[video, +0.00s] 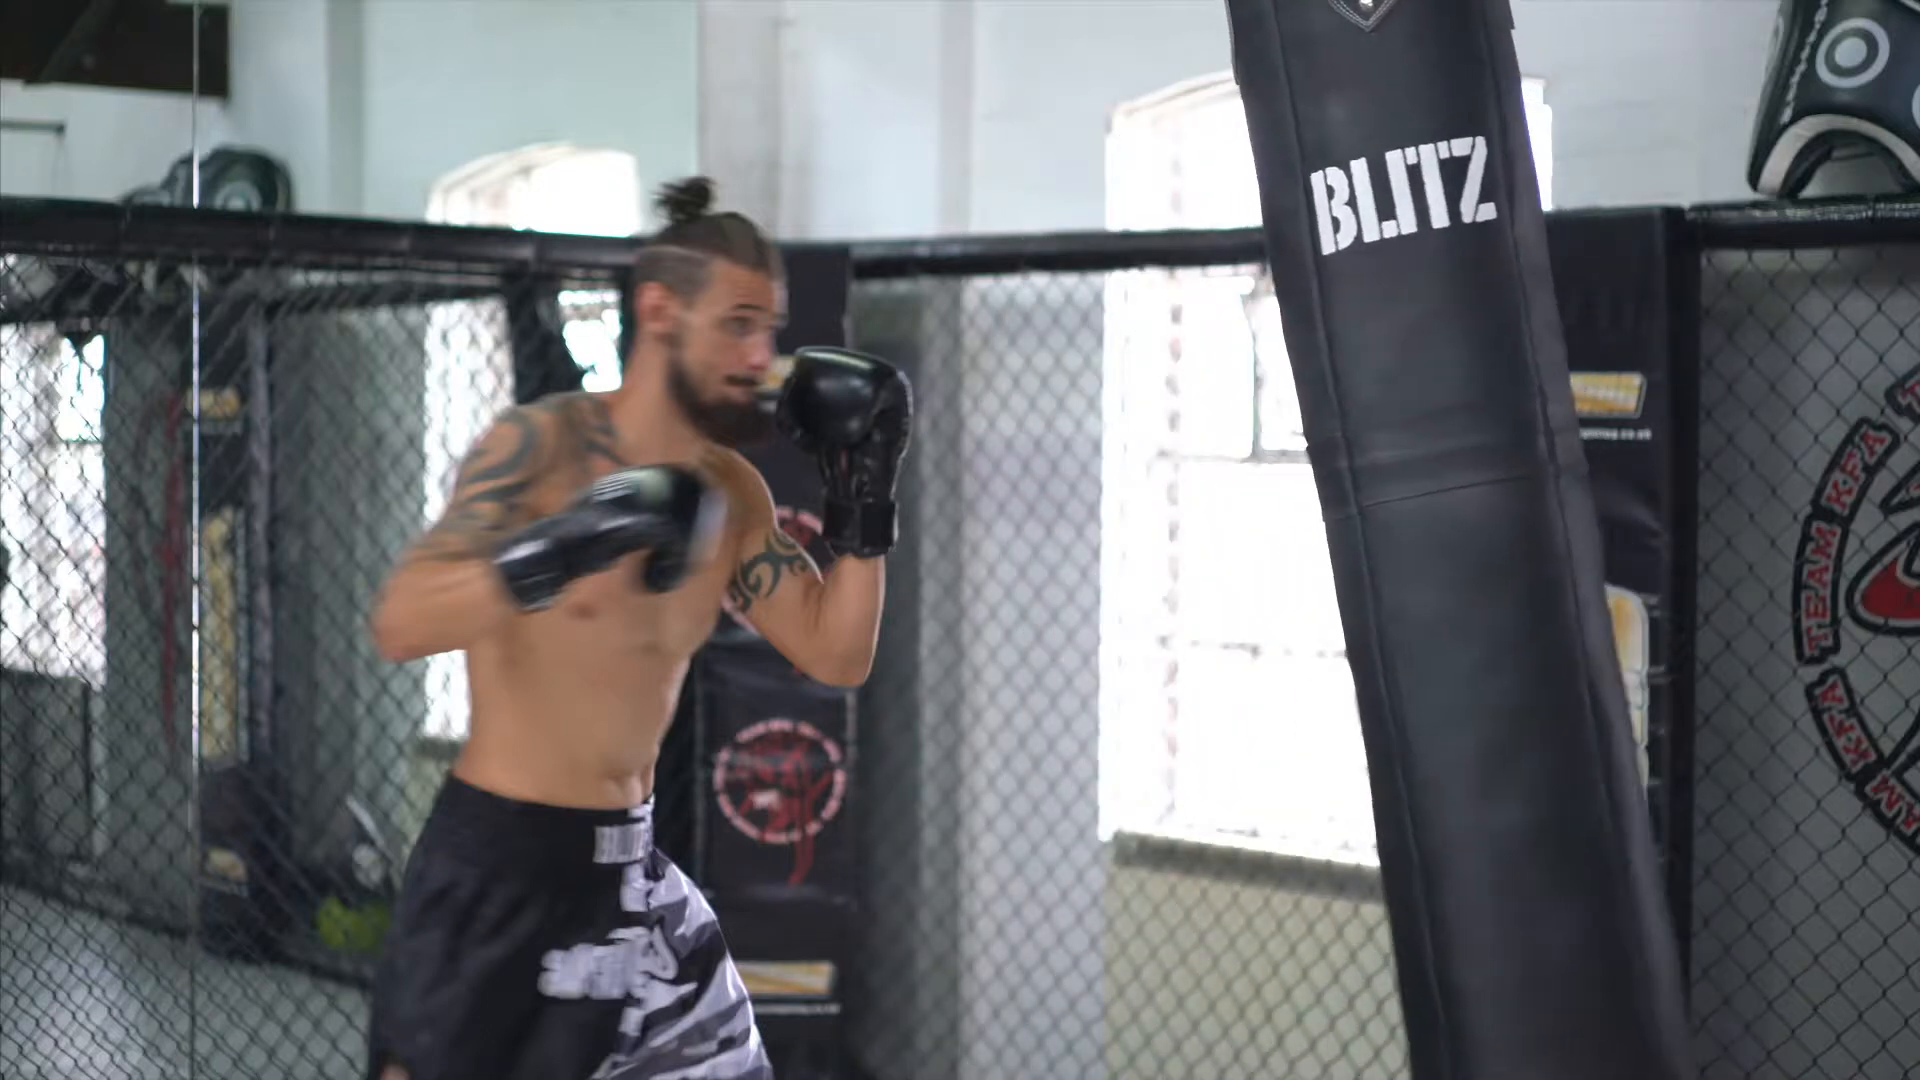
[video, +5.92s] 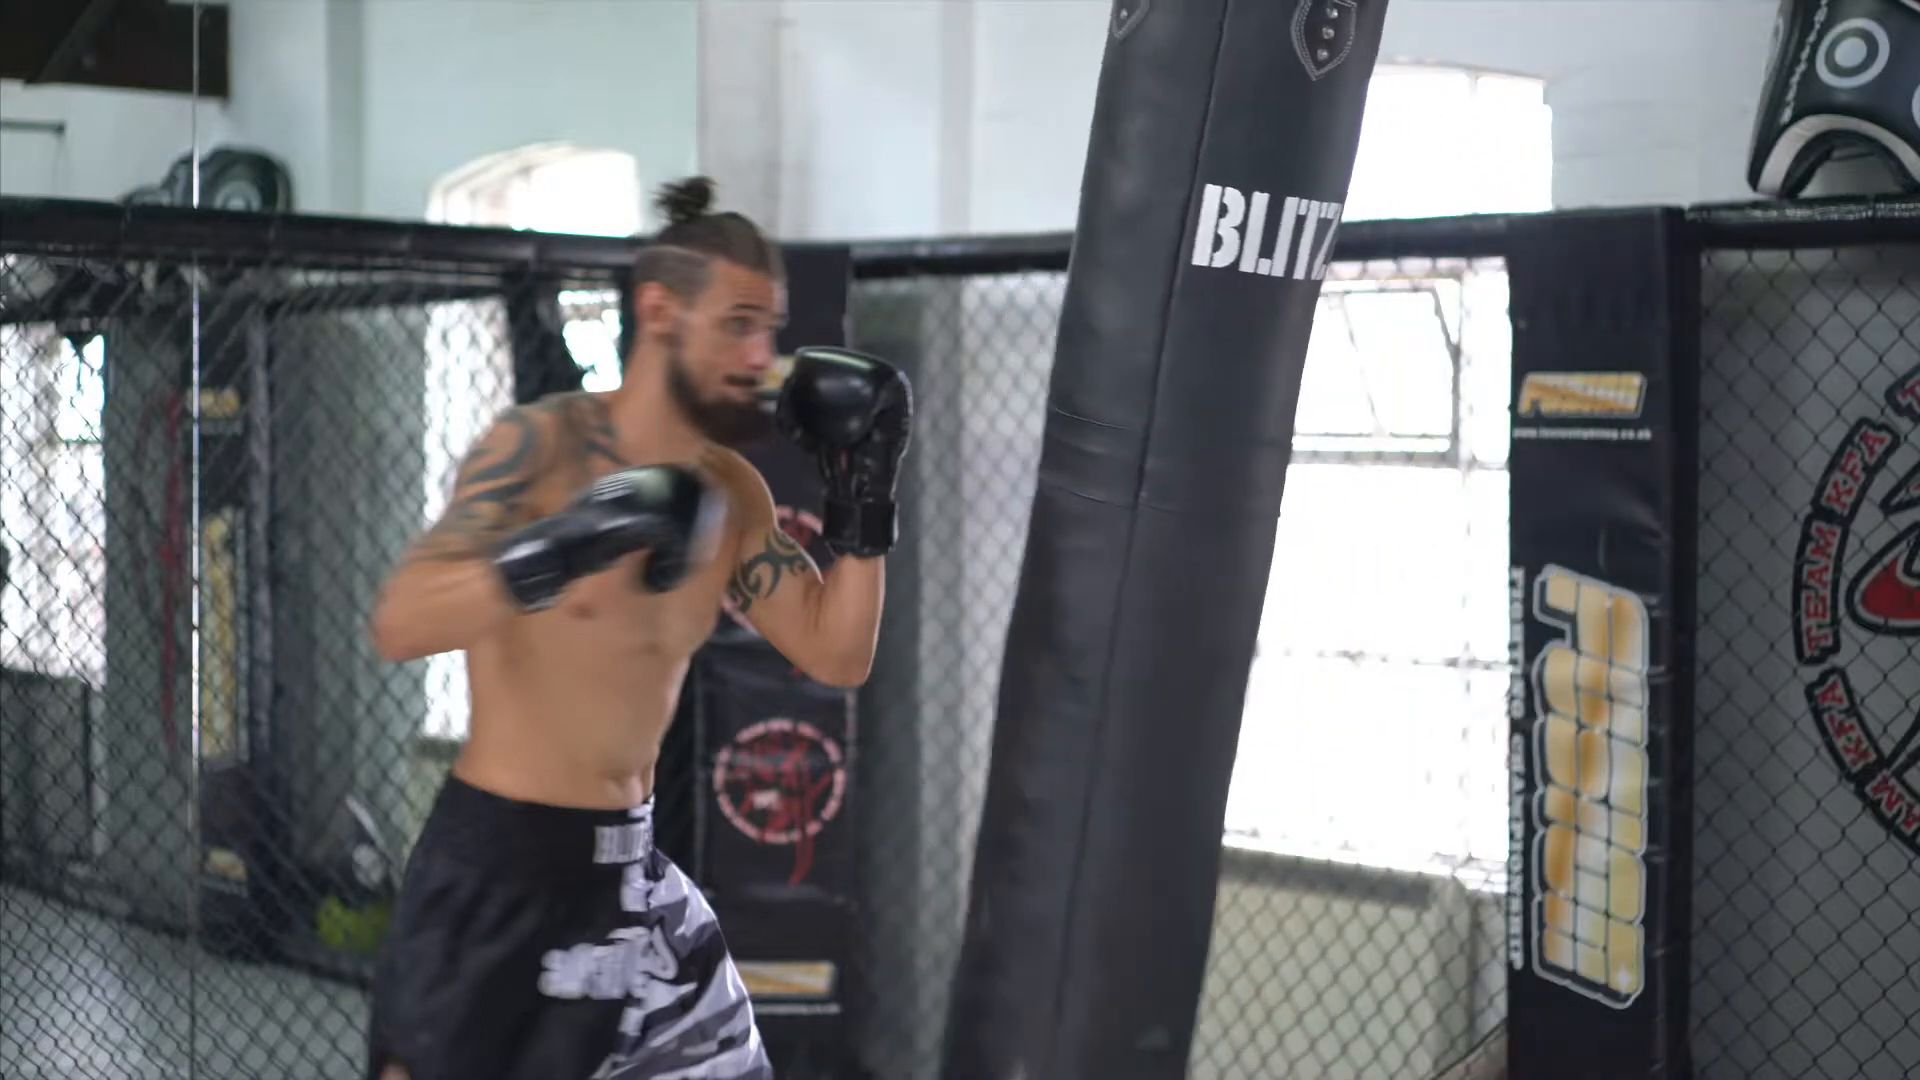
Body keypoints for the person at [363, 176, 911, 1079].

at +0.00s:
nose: (762, 358)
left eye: (772, 332)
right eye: (739, 326)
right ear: (656, 310)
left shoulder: (733, 492)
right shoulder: (540, 439)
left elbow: (839, 655)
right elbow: (401, 623)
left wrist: (865, 483)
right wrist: (568, 547)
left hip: (636, 867)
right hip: (500, 866)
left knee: (732, 1066)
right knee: (442, 1065)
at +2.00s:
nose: (762, 358)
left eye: (772, 331)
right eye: (739, 325)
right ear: (656, 310)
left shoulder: (734, 493)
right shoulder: (539, 440)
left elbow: (839, 655)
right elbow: (401, 623)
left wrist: (864, 483)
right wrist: (569, 547)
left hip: (636, 868)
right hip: (500, 866)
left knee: (732, 1066)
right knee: (442, 1065)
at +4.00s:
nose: (762, 358)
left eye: (772, 331)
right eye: (739, 325)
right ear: (656, 309)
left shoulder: (733, 492)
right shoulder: (537, 441)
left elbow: (839, 655)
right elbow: (400, 623)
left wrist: (865, 480)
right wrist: (568, 547)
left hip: (636, 866)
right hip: (500, 865)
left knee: (732, 1066)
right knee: (441, 1065)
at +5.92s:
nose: (763, 357)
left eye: (772, 331)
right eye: (740, 325)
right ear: (656, 310)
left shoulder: (733, 493)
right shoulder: (538, 440)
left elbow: (839, 655)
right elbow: (400, 623)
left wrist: (865, 480)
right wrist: (569, 547)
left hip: (636, 868)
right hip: (500, 867)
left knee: (732, 1066)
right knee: (442, 1065)